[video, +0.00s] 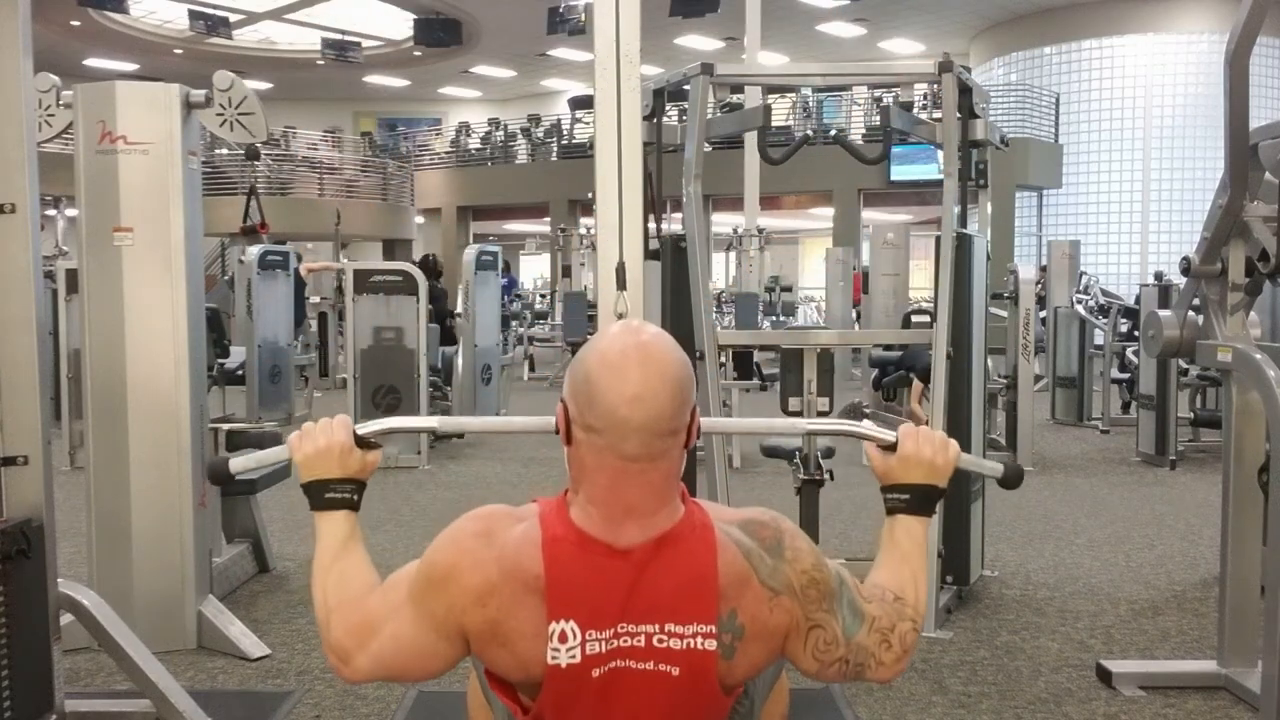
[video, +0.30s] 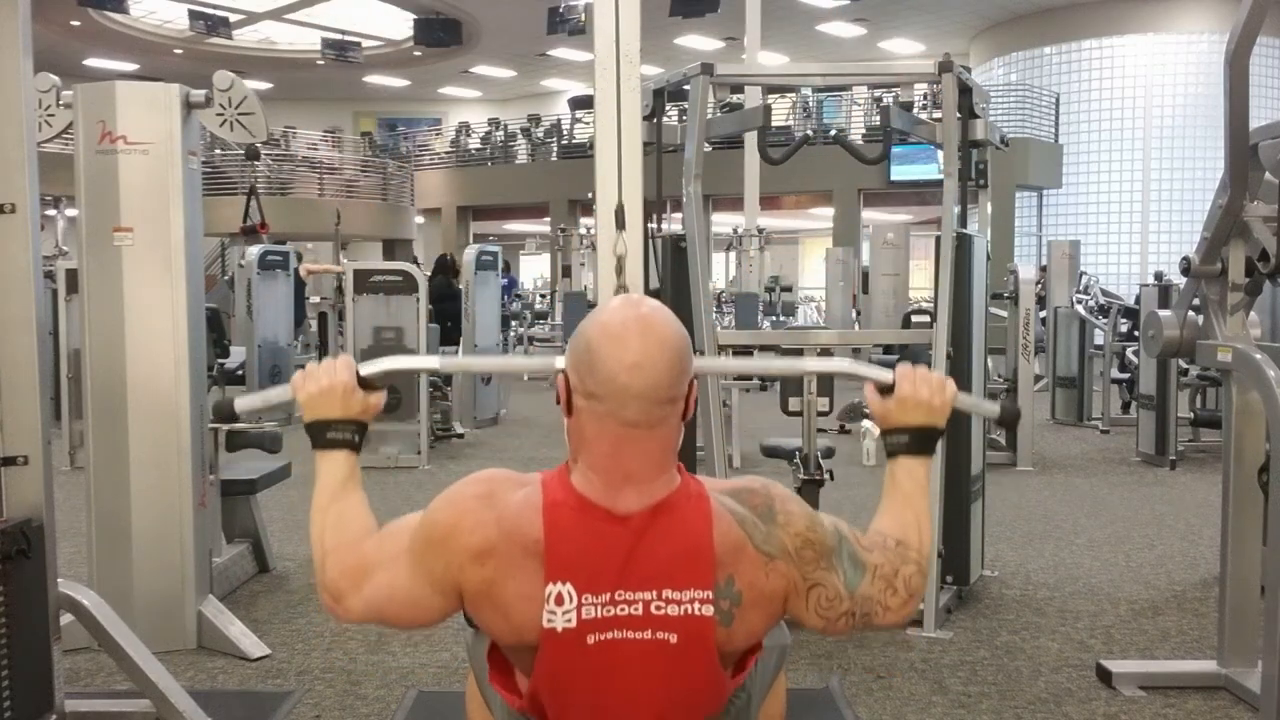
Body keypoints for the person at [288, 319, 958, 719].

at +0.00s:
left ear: (565, 424)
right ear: (691, 430)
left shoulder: (485, 553)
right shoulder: (763, 558)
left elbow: (356, 646)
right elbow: (880, 649)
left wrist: (331, 497)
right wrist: (913, 502)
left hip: (532, 710)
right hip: (701, 713)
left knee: (485, 659)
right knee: (770, 654)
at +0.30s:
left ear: (563, 393)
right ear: (689, 398)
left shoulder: (486, 519)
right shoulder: (757, 526)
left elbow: (349, 588)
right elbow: (889, 592)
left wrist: (333, 437)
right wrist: (913, 445)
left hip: (532, 709)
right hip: (706, 708)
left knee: (484, 653)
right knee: (771, 638)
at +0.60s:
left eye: (564, 353)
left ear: (561, 375)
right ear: (682, 377)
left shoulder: (488, 482)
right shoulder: (748, 486)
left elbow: (337, 493)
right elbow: (898, 479)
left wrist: (330, 345)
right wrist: (912, 337)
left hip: (545, 701)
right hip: (706, 699)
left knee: (472, 666)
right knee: (774, 646)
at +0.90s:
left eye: (560, 313)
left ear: (562, 337)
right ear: (676, 337)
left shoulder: (491, 429)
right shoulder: (748, 428)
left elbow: (345, 392)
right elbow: (891, 367)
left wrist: (330, 242)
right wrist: (908, 220)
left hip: (552, 695)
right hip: (710, 692)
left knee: (491, 645)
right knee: (766, 637)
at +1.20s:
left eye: (566, 281)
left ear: (566, 302)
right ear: (672, 302)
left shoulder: (504, 375)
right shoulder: (741, 377)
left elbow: (366, 292)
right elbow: (862, 290)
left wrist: (344, 148)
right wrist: (896, 140)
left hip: (554, 692)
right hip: (702, 690)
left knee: (489, 660)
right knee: (768, 651)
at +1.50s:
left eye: (570, 264)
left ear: (568, 282)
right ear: (671, 282)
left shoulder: (512, 343)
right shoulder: (731, 347)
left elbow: (398, 230)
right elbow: (834, 224)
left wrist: (347, 80)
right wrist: (888, 78)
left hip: (555, 683)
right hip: (696, 684)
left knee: (487, 670)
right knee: (770, 646)